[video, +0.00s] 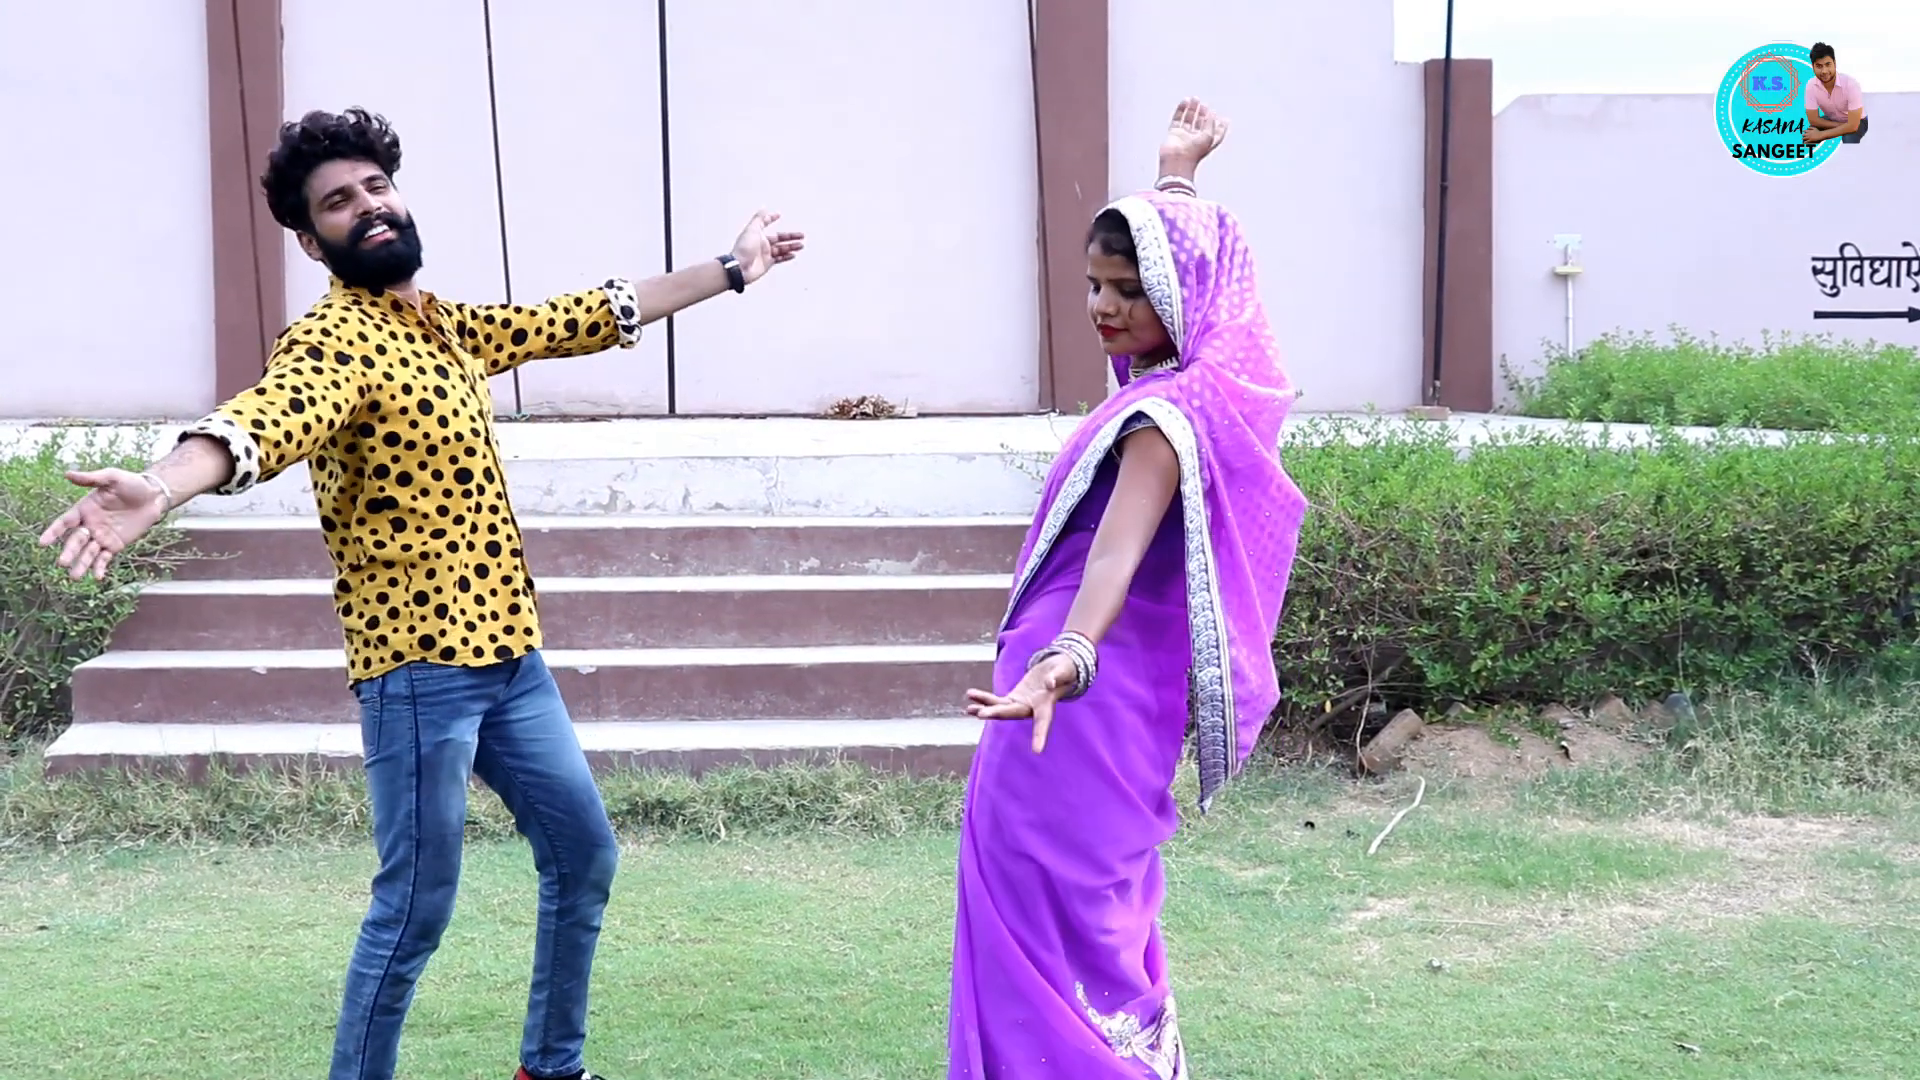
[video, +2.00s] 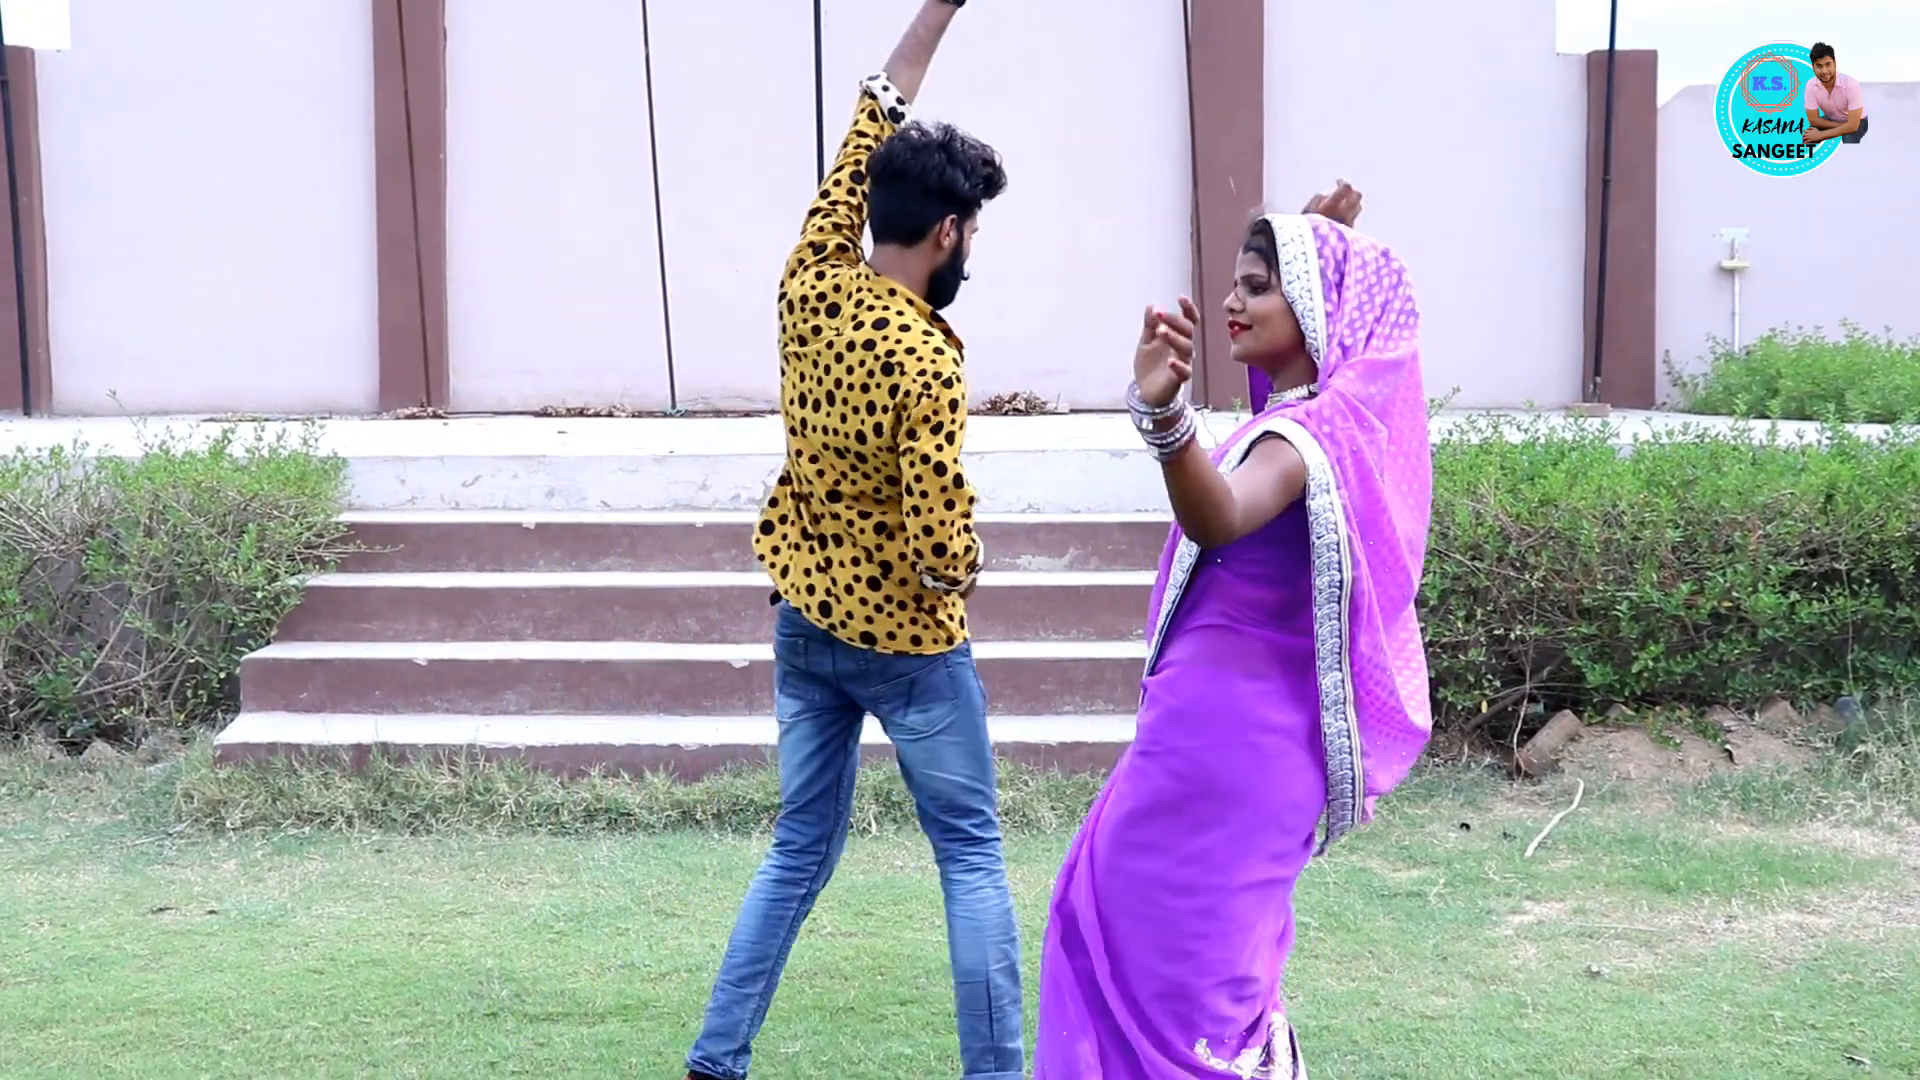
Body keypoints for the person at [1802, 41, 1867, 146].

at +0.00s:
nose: (1824, 71)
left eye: (1828, 65)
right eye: (1819, 66)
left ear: (1835, 64)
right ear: (1813, 67)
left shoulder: (1850, 85)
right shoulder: (1811, 86)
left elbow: (1853, 126)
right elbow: (1813, 120)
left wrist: (1820, 135)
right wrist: (1843, 126)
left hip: (1854, 122)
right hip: (1829, 121)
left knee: (1849, 140)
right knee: (1810, 136)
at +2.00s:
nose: (1824, 71)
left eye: (1828, 65)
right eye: (1819, 66)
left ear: (1835, 63)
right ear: (1813, 67)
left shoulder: (1850, 84)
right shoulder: (1812, 86)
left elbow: (1853, 126)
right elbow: (1813, 120)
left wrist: (1820, 135)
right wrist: (1843, 126)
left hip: (1855, 122)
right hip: (1829, 121)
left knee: (1849, 140)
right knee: (1810, 137)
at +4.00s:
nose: (1824, 71)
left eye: (1828, 65)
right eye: (1819, 66)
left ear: (1835, 63)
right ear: (1813, 67)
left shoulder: (1850, 84)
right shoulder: (1812, 86)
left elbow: (1853, 126)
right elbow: (1813, 120)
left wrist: (1820, 135)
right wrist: (1843, 126)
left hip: (1855, 122)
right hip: (1829, 121)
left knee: (1849, 140)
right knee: (1810, 137)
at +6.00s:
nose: (1824, 71)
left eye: (1828, 65)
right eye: (1819, 66)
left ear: (1835, 63)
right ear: (1813, 67)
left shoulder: (1850, 84)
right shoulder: (1812, 86)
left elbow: (1853, 126)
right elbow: (1813, 120)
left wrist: (1821, 135)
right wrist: (1843, 126)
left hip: (1855, 122)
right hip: (1830, 121)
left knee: (1848, 140)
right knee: (1810, 136)